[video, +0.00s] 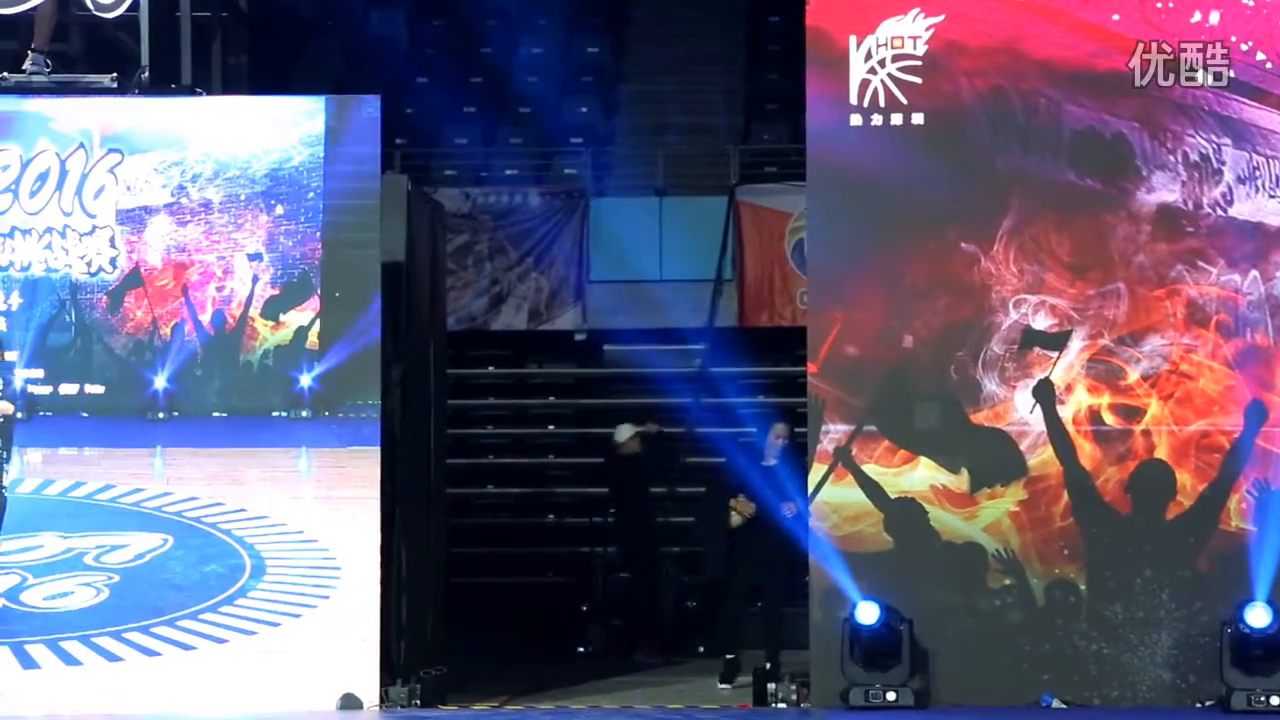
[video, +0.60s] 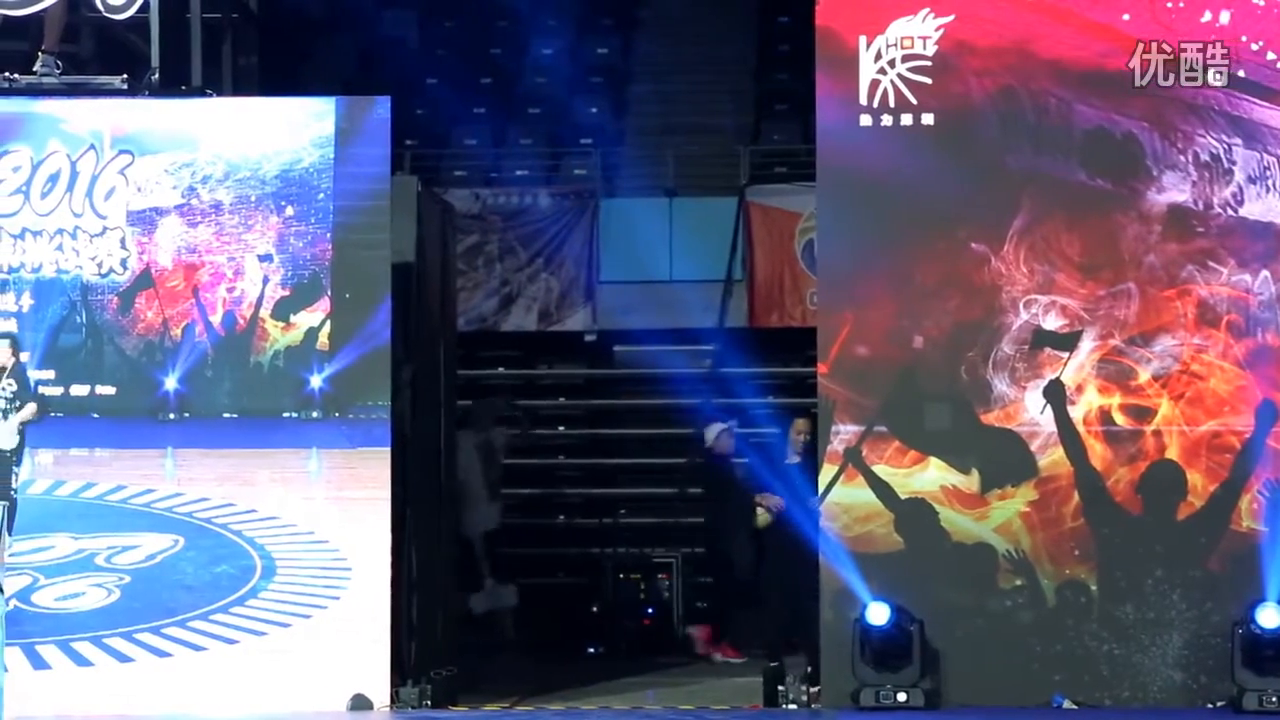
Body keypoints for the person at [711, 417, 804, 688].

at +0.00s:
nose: (780, 443)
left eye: (784, 438)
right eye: (776, 437)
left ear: (788, 441)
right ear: (764, 436)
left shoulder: (792, 471)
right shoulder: (743, 468)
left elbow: (803, 507)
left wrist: (795, 509)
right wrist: (735, 510)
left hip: (779, 549)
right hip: (744, 548)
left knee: (774, 606)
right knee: (736, 604)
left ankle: (772, 665)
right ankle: (731, 662)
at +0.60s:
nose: (803, 438)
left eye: (807, 434)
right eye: (799, 433)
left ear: (813, 437)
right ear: (788, 435)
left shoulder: (815, 467)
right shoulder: (773, 464)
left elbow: (814, 500)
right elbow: (751, 490)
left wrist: (779, 503)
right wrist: (762, 498)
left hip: (806, 546)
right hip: (775, 545)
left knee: (808, 610)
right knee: (776, 607)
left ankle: (813, 671)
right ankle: (775, 672)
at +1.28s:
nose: (787, 437)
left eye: (792, 431)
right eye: (782, 431)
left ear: (800, 435)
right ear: (772, 434)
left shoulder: (812, 468)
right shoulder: (757, 470)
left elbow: (829, 503)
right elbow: (731, 498)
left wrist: (817, 523)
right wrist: (736, 515)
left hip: (803, 559)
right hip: (767, 559)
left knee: (808, 624)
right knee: (772, 624)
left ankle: (814, 691)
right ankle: (772, 696)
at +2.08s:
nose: (766, 429)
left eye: (771, 423)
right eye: (761, 423)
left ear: (778, 427)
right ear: (751, 426)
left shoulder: (788, 462)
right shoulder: (735, 462)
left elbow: (801, 506)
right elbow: (720, 502)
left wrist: (805, 530)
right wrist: (708, 525)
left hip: (783, 549)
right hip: (748, 547)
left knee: (783, 617)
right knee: (753, 612)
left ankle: (782, 686)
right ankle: (753, 686)